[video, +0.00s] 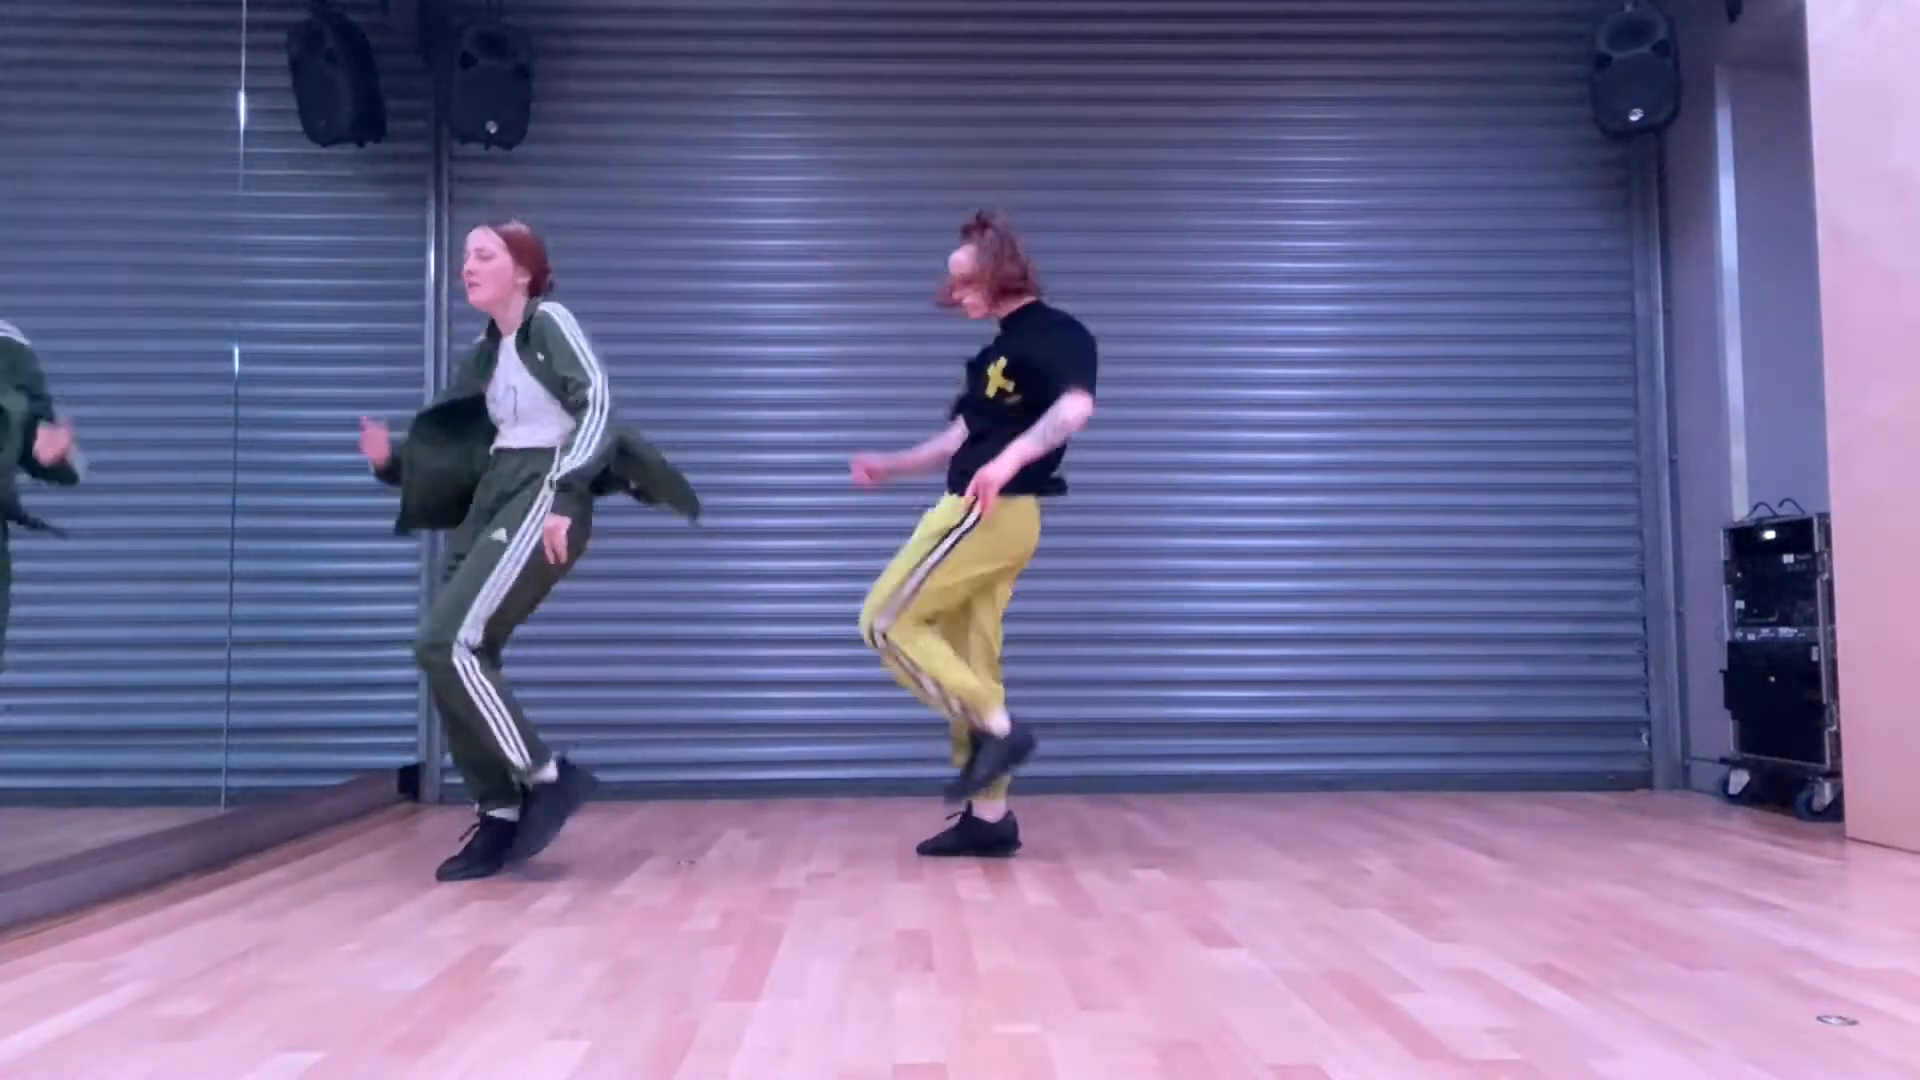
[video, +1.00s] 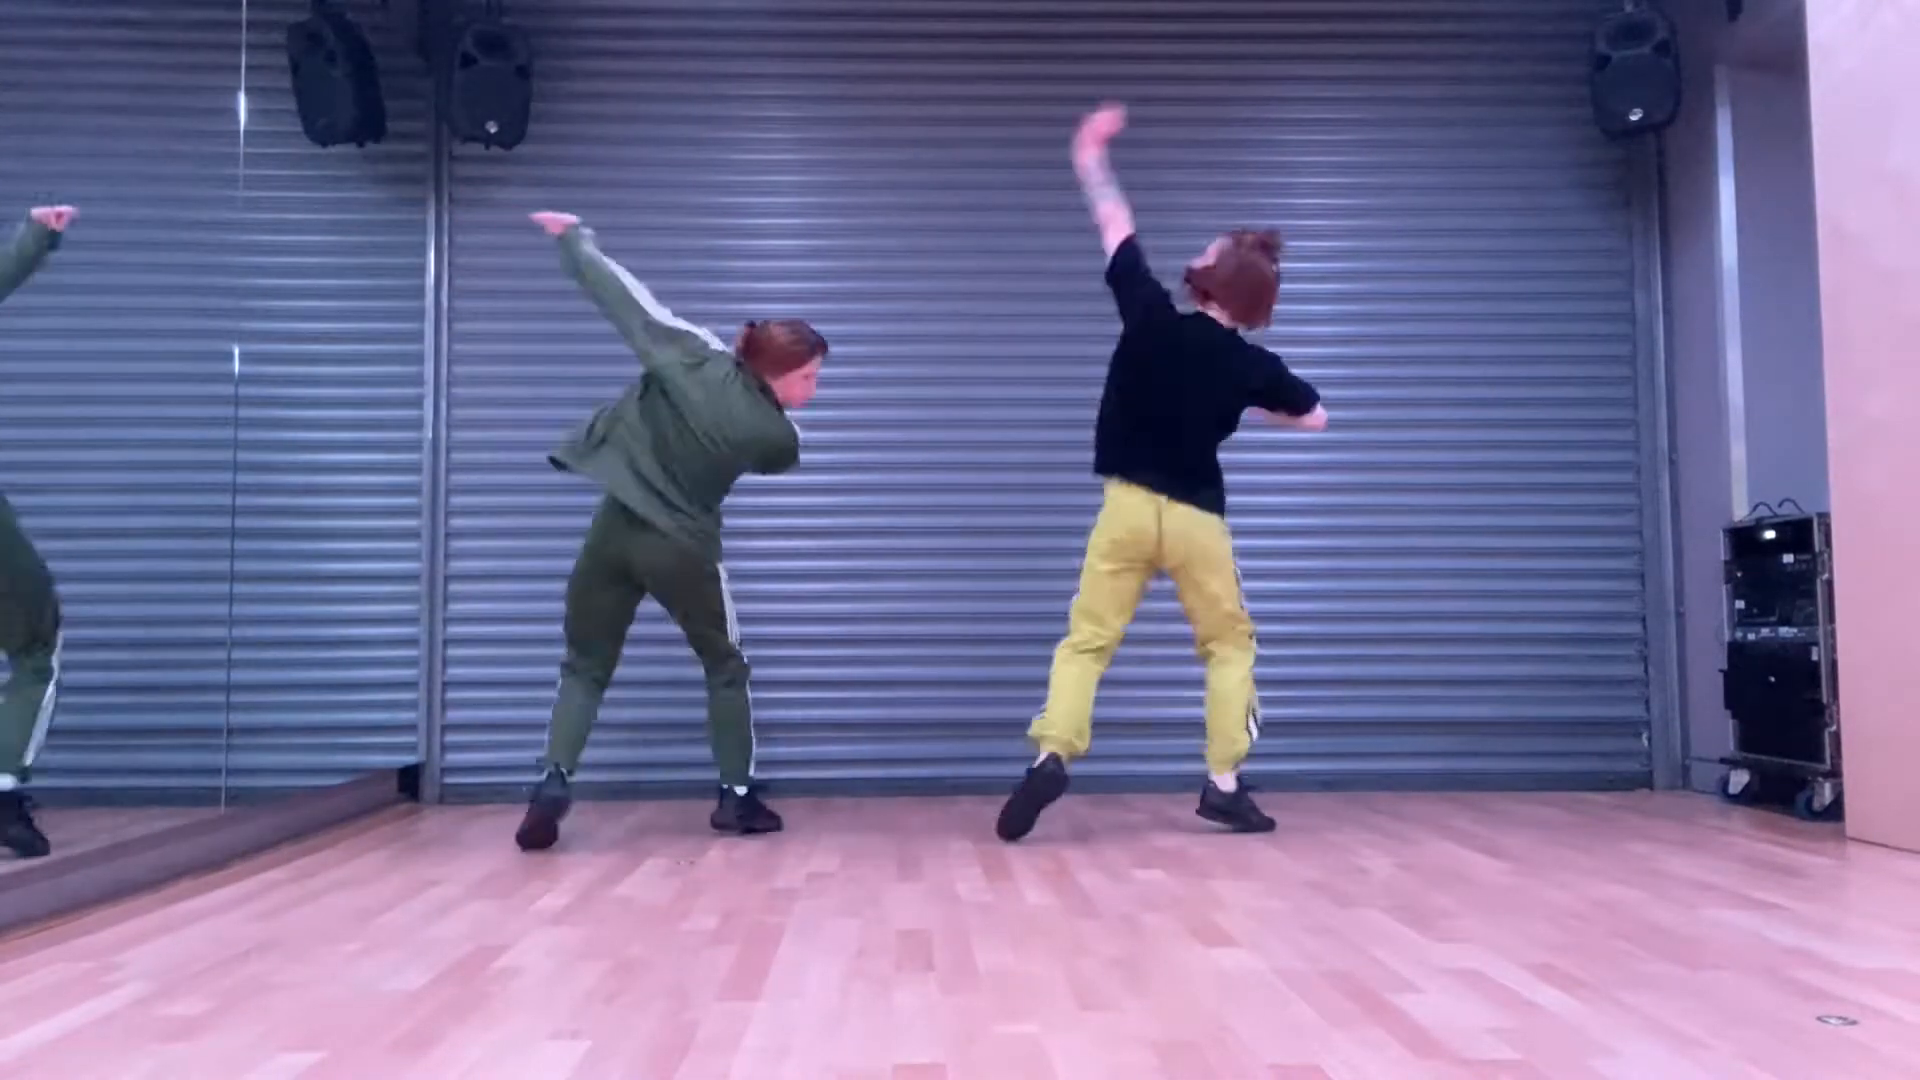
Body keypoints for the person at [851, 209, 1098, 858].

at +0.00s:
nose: (954, 294)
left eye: (964, 283)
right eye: (953, 283)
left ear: (999, 279)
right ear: (991, 283)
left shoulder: (1054, 331)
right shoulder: (995, 354)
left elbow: (1075, 406)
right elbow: (961, 437)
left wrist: (1006, 462)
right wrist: (892, 465)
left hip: (985, 510)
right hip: (994, 514)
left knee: (885, 621)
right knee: (973, 654)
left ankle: (999, 727)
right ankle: (988, 817)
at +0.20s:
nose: (981, 299)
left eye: (992, 288)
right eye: (984, 287)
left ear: (1026, 295)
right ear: (1021, 294)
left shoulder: (1065, 360)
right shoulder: (1040, 361)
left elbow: (1063, 455)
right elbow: (1006, 459)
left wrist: (1005, 473)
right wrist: (935, 439)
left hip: (1022, 551)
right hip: (996, 542)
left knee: (965, 678)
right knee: (908, 636)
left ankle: (1013, 826)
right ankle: (1003, 748)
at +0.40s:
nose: (1041, 239)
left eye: (1058, 236)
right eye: (1048, 233)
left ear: (1074, 270)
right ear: (1047, 265)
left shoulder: (1077, 328)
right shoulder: (1021, 323)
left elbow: (1112, 287)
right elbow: (985, 304)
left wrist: (1080, 244)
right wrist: (938, 282)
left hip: (1096, 533)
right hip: (1118, 527)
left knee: (1051, 671)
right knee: (1117, 679)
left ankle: (1018, 825)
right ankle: (1224, 793)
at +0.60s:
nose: (1065, 308)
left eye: (1075, 299)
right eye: (1068, 298)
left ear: (1107, 308)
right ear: (1104, 310)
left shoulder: (1141, 364)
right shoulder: (1104, 378)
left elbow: (1183, 433)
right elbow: (1059, 439)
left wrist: (1148, 500)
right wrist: (1023, 488)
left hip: (1132, 555)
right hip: (1177, 559)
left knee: (1024, 654)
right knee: (1162, 707)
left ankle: (1039, 791)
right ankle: (1252, 816)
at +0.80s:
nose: (1105, 326)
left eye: (1115, 317)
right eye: (1111, 316)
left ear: (1141, 330)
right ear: (1157, 333)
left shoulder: (1146, 398)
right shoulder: (1170, 399)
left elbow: (1129, 491)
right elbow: (1086, 464)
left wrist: (1095, 558)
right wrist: (1064, 446)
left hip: (1137, 570)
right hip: (1194, 582)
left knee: (1053, 689)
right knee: (1177, 707)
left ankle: (1042, 816)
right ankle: (1242, 807)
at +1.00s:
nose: (1202, 251)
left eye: (1211, 253)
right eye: (1216, 247)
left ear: (1209, 287)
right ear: (1250, 310)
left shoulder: (1148, 313)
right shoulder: (1246, 362)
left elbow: (1117, 228)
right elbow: (1313, 416)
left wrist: (1090, 159)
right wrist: (1244, 401)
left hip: (1124, 511)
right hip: (1197, 523)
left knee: (1086, 641)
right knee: (1228, 644)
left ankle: (1051, 757)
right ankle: (1224, 785)